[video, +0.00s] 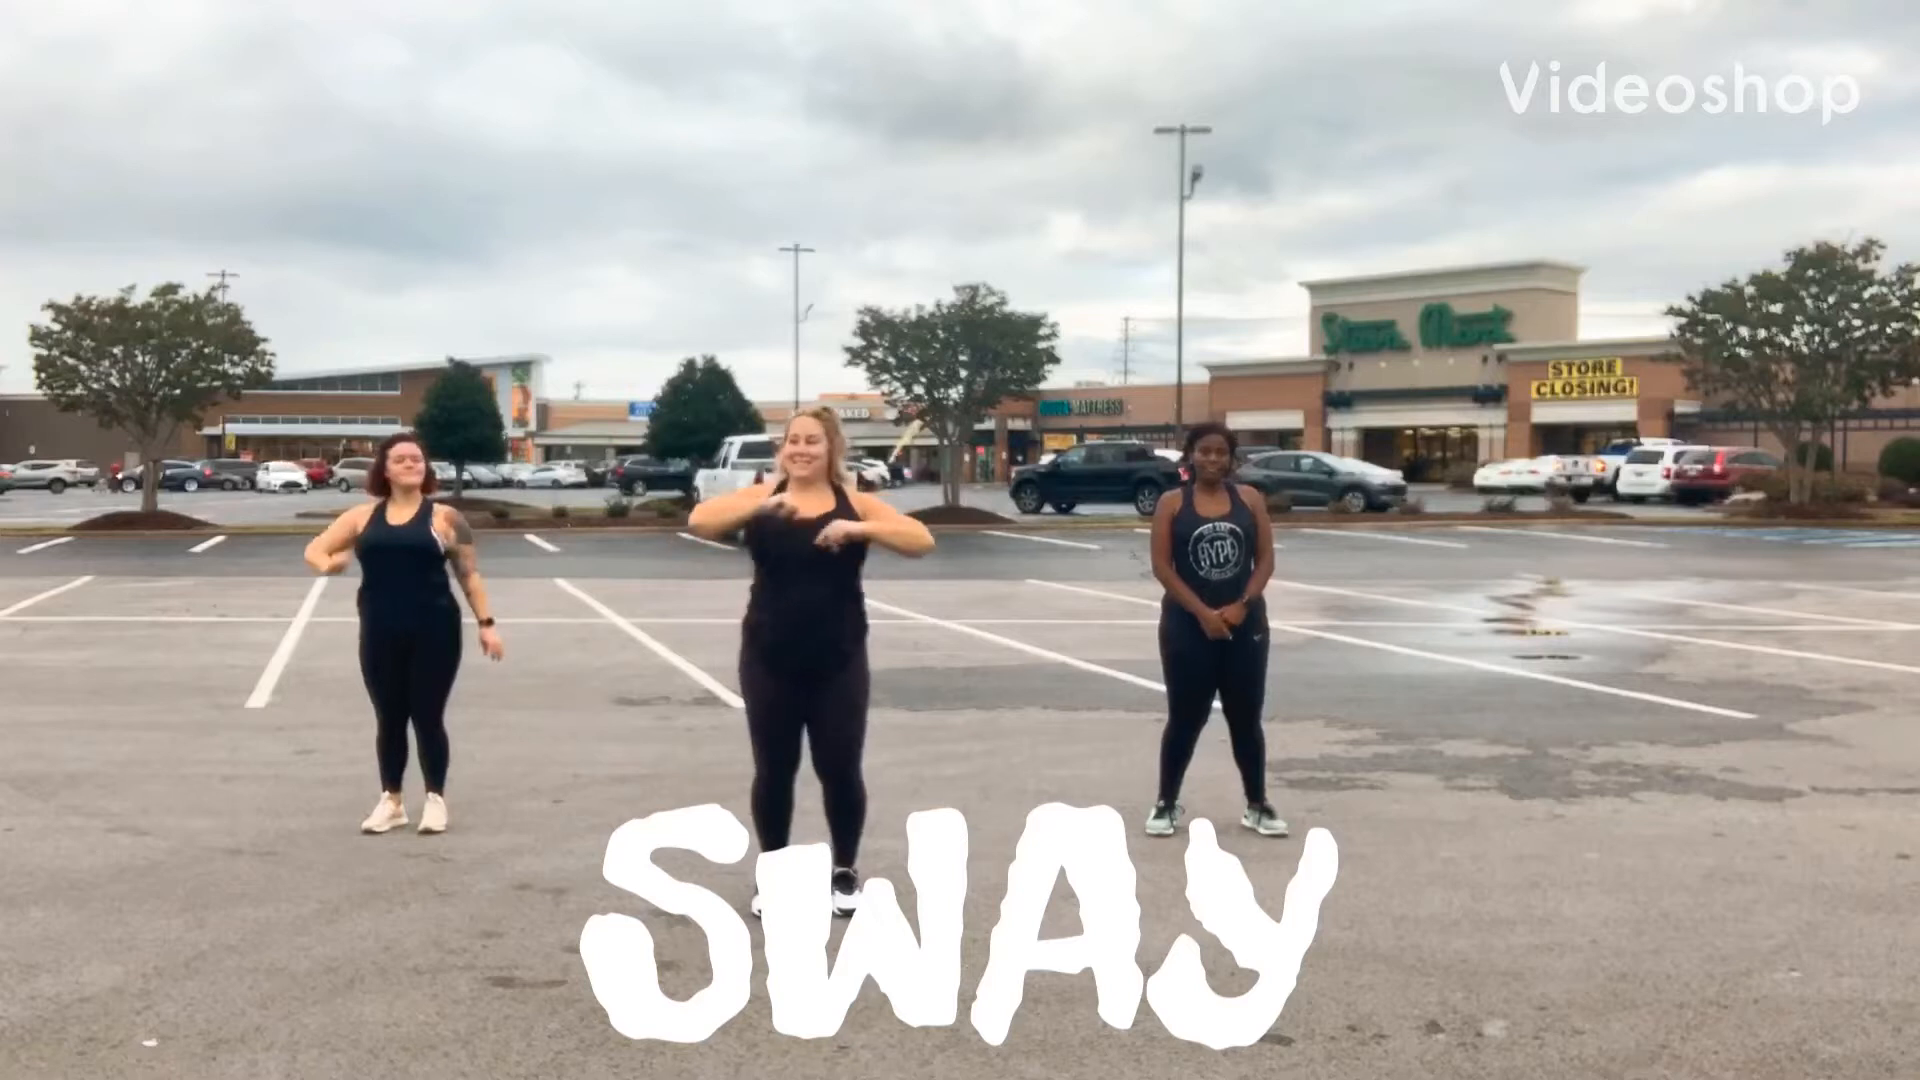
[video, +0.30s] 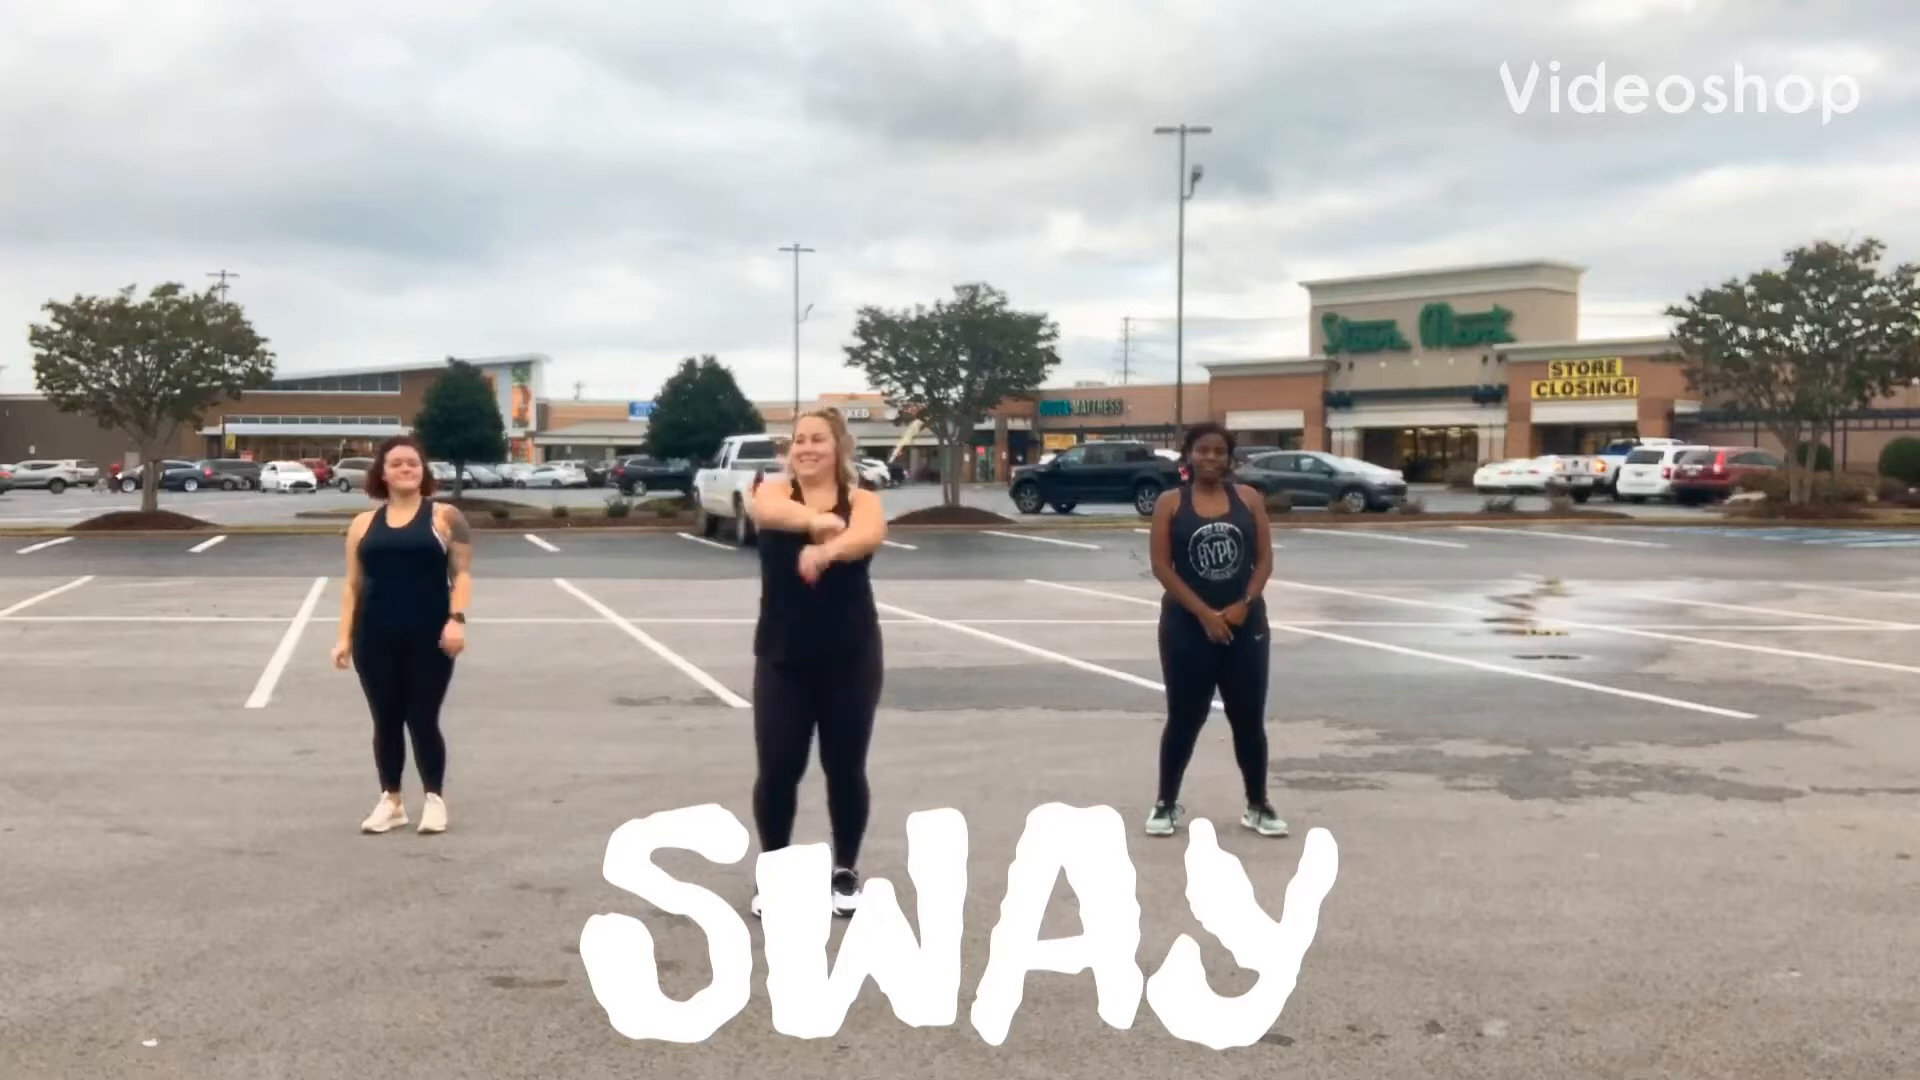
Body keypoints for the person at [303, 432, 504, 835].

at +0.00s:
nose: (410, 465)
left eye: (415, 459)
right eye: (400, 460)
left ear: (426, 467)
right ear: (385, 470)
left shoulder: (444, 518)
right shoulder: (362, 516)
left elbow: (468, 574)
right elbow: (315, 551)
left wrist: (486, 624)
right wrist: (328, 563)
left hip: (435, 632)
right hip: (380, 632)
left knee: (427, 715)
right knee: (390, 717)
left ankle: (434, 799)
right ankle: (391, 799)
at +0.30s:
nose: (405, 469)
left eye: (412, 463)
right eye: (396, 464)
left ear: (423, 470)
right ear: (383, 474)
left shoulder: (444, 517)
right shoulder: (363, 524)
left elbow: (460, 572)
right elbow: (352, 585)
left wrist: (456, 619)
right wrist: (344, 637)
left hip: (429, 637)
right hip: (375, 638)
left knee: (421, 719)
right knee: (386, 720)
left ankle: (433, 798)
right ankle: (391, 799)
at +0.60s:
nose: (405, 469)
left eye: (412, 462)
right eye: (396, 463)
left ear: (424, 470)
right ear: (383, 472)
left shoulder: (444, 518)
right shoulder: (363, 518)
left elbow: (460, 573)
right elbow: (346, 578)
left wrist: (462, 621)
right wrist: (333, 627)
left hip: (431, 635)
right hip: (379, 635)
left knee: (426, 717)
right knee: (388, 718)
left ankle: (434, 798)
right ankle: (391, 798)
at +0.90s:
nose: (402, 469)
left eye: (409, 462)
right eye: (393, 464)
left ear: (422, 470)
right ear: (380, 473)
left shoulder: (444, 516)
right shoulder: (365, 520)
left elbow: (463, 574)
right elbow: (356, 582)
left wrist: (472, 623)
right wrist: (349, 632)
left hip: (432, 633)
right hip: (377, 634)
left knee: (423, 717)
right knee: (388, 720)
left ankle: (434, 799)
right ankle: (390, 800)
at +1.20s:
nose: (407, 473)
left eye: (415, 465)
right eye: (399, 467)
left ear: (428, 471)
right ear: (387, 476)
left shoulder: (452, 519)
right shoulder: (369, 523)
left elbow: (469, 574)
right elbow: (353, 584)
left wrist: (481, 619)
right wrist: (337, 634)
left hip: (434, 637)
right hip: (380, 638)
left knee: (426, 720)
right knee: (385, 723)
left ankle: (434, 799)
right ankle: (390, 800)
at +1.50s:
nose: (410, 471)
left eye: (418, 464)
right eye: (402, 465)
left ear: (431, 472)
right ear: (389, 472)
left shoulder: (450, 520)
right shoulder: (368, 519)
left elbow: (470, 578)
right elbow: (351, 574)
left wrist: (486, 624)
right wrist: (337, 619)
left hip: (441, 635)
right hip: (387, 636)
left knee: (432, 717)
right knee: (385, 724)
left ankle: (435, 799)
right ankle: (391, 800)